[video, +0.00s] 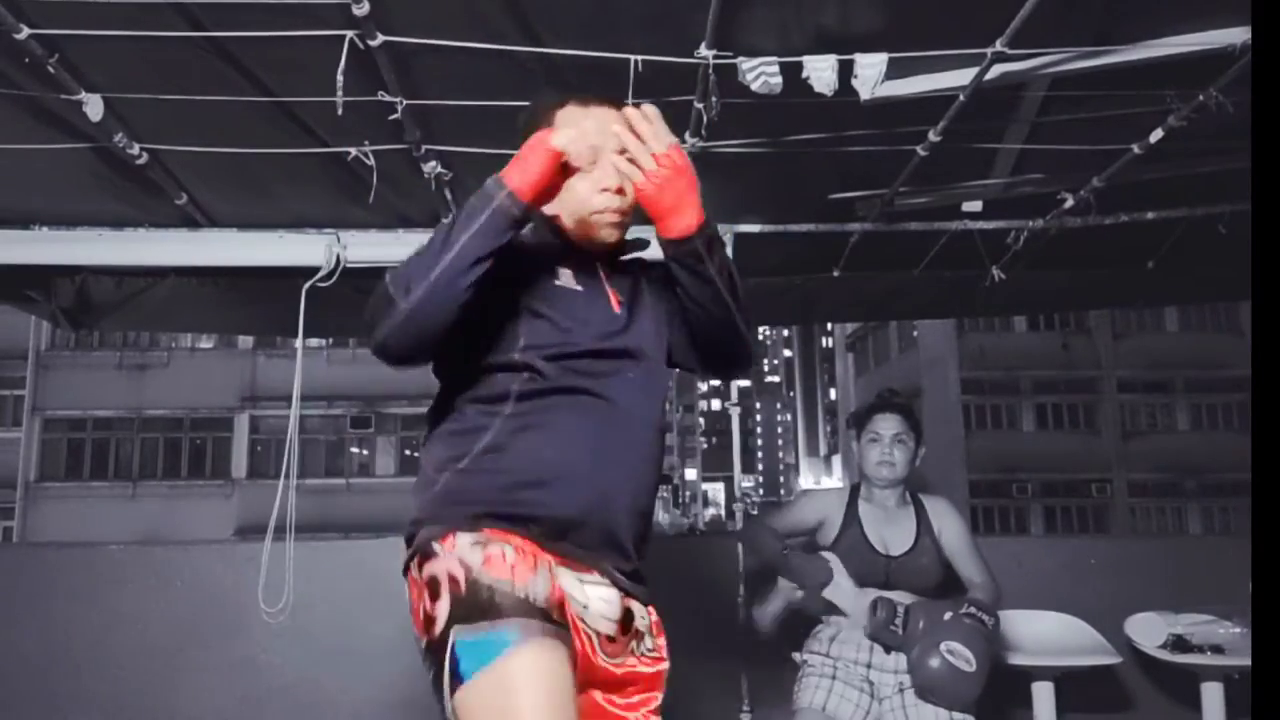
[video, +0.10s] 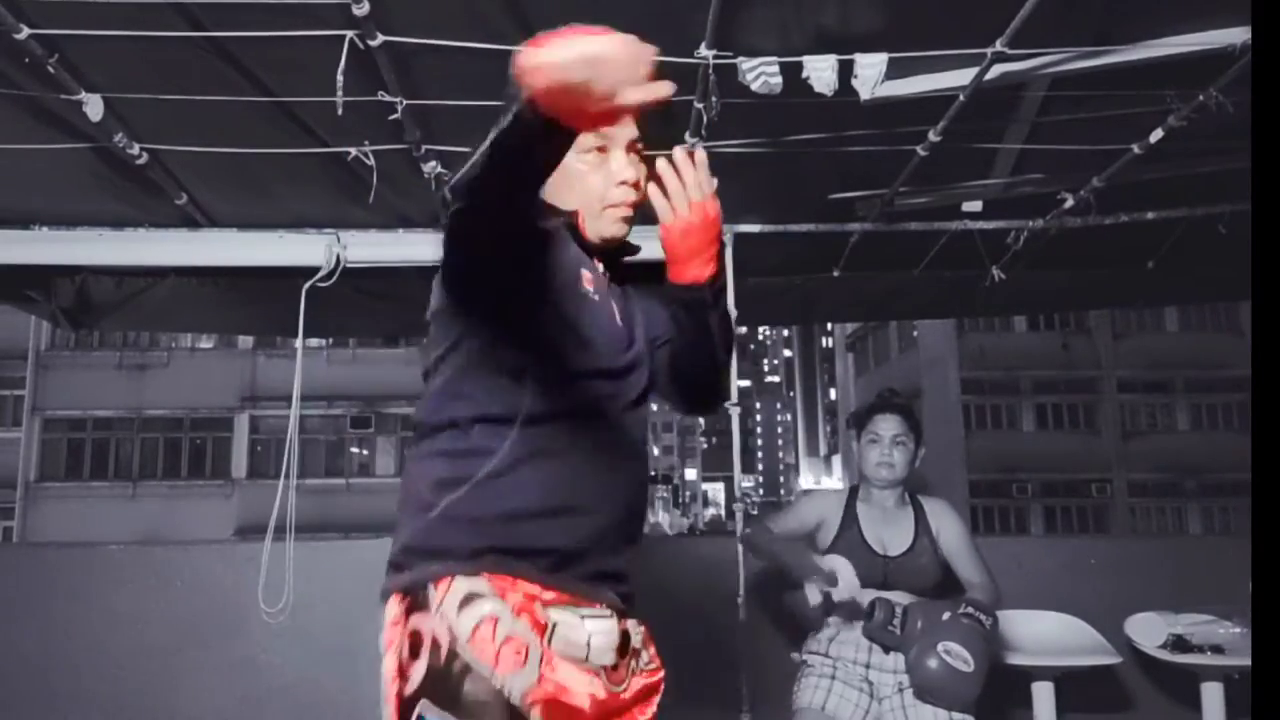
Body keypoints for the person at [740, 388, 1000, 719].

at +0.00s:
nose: (886, 450)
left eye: (899, 440)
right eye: (874, 439)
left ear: (917, 454)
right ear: (857, 450)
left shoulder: (938, 513)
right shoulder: (828, 506)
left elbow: (984, 587)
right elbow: (756, 530)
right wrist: (792, 563)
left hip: (921, 671)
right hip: (837, 667)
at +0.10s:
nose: (886, 452)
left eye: (898, 442)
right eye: (873, 441)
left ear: (916, 455)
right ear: (856, 451)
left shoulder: (937, 514)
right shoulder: (826, 506)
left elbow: (982, 588)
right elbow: (755, 533)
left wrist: (966, 619)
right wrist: (801, 561)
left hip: (920, 671)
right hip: (837, 666)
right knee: (819, 711)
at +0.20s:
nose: (886, 452)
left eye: (899, 443)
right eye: (874, 441)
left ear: (917, 456)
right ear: (856, 450)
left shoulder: (936, 516)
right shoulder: (825, 511)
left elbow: (983, 587)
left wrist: (974, 615)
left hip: (921, 668)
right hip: (837, 664)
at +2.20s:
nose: (883, 451)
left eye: (896, 443)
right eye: (871, 441)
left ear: (908, 456)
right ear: (849, 449)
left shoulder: (932, 518)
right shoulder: (820, 518)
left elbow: (983, 587)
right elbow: (775, 581)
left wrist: (973, 618)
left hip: (921, 667)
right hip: (839, 664)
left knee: (939, 715)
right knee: (823, 711)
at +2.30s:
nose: (882, 447)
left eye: (894, 440)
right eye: (870, 437)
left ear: (908, 456)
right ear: (849, 450)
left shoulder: (930, 518)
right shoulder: (820, 516)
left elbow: (984, 588)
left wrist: (975, 617)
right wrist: (866, 608)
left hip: (920, 667)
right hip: (839, 664)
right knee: (827, 711)